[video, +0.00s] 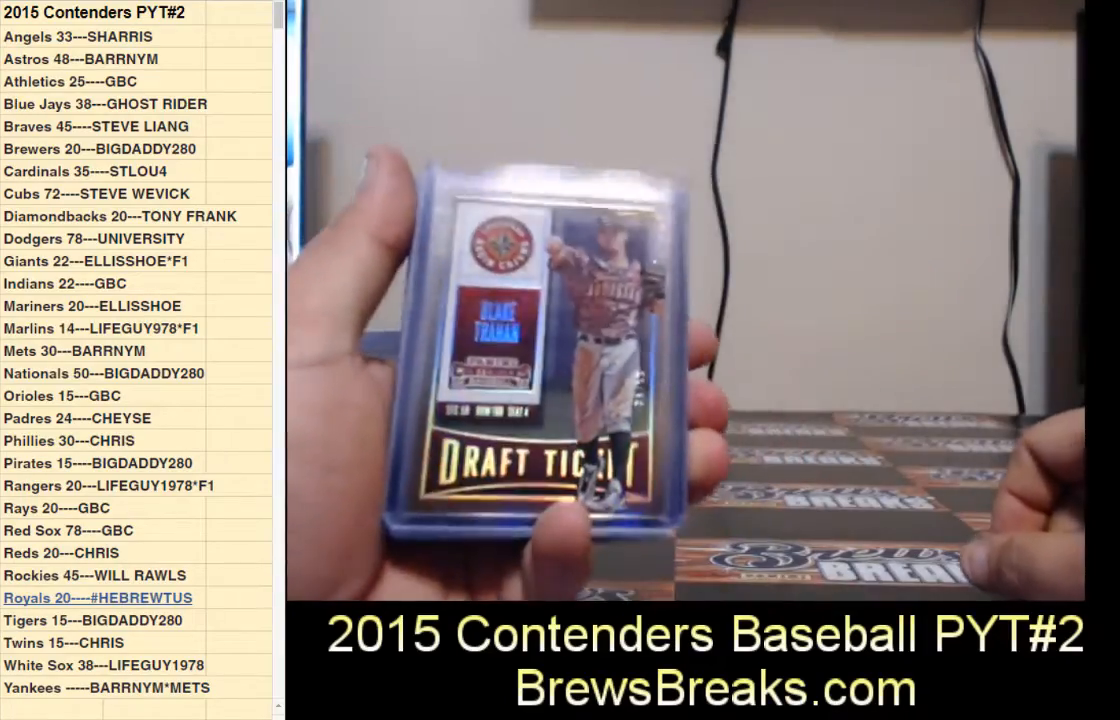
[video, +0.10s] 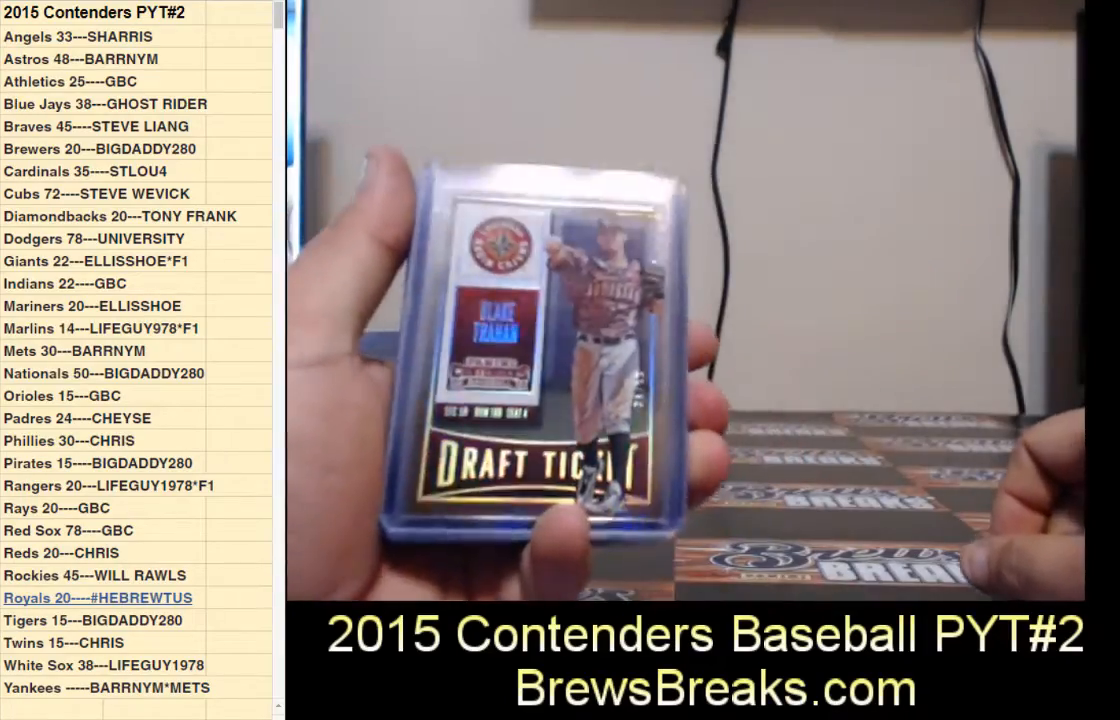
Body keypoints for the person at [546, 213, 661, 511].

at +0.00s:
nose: (610, 238)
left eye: (615, 233)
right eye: (605, 232)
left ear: (626, 237)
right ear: (597, 237)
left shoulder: (636, 272)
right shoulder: (585, 264)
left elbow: (655, 308)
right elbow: (569, 258)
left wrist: (659, 291)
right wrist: (559, 251)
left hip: (624, 348)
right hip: (589, 347)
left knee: (619, 415)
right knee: (586, 415)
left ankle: (617, 486)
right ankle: (589, 473)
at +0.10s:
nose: (607, 239)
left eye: (613, 233)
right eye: (603, 233)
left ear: (625, 238)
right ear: (597, 238)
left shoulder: (637, 272)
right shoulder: (586, 265)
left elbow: (655, 309)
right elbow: (568, 257)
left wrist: (658, 291)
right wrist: (560, 254)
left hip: (623, 346)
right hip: (588, 345)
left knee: (618, 415)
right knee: (585, 413)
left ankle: (617, 487)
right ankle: (589, 469)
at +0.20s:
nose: (605, 237)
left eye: (611, 231)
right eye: (599, 231)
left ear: (621, 235)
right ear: (593, 236)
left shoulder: (635, 269)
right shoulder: (581, 261)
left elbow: (654, 308)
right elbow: (562, 255)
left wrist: (655, 287)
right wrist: (552, 248)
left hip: (620, 346)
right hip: (584, 345)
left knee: (615, 415)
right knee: (581, 413)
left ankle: (614, 487)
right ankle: (587, 468)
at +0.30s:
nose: (605, 233)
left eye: (611, 228)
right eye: (600, 228)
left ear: (621, 232)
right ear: (593, 233)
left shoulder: (635, 266)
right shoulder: (582, 258)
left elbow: (656, 304)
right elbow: (563, 252)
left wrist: (657, 283)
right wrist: (552, 245)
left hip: (621, 342)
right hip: (585, 341)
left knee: (616, 411)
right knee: (582, 410)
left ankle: (616, 484)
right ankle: (588, 465)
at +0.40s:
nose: (612, 228)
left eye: (618, 222)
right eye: (607, 222)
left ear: (629, 226)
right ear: (599, 227)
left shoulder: (642, 261)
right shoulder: (587, 253)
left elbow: (664, 301)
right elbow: (567, 246)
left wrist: (663, 279)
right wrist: (557, 239)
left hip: (628, 338)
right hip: (592, 337)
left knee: (623, 408)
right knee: (588, 406)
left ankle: (623, 482)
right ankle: (595, 463)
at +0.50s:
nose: (616, 227)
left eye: (622, 221)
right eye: (610, 221)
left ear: (633, 225)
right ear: (604, 226)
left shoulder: (647, 261)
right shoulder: (591, 253)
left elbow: (668, 300)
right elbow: (570, 246)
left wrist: (668, 278)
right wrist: (561, 239)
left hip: (633, 339)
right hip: (596, 338)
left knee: (627, 409)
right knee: (594, 409)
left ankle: (629, 484)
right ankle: (600, 464)